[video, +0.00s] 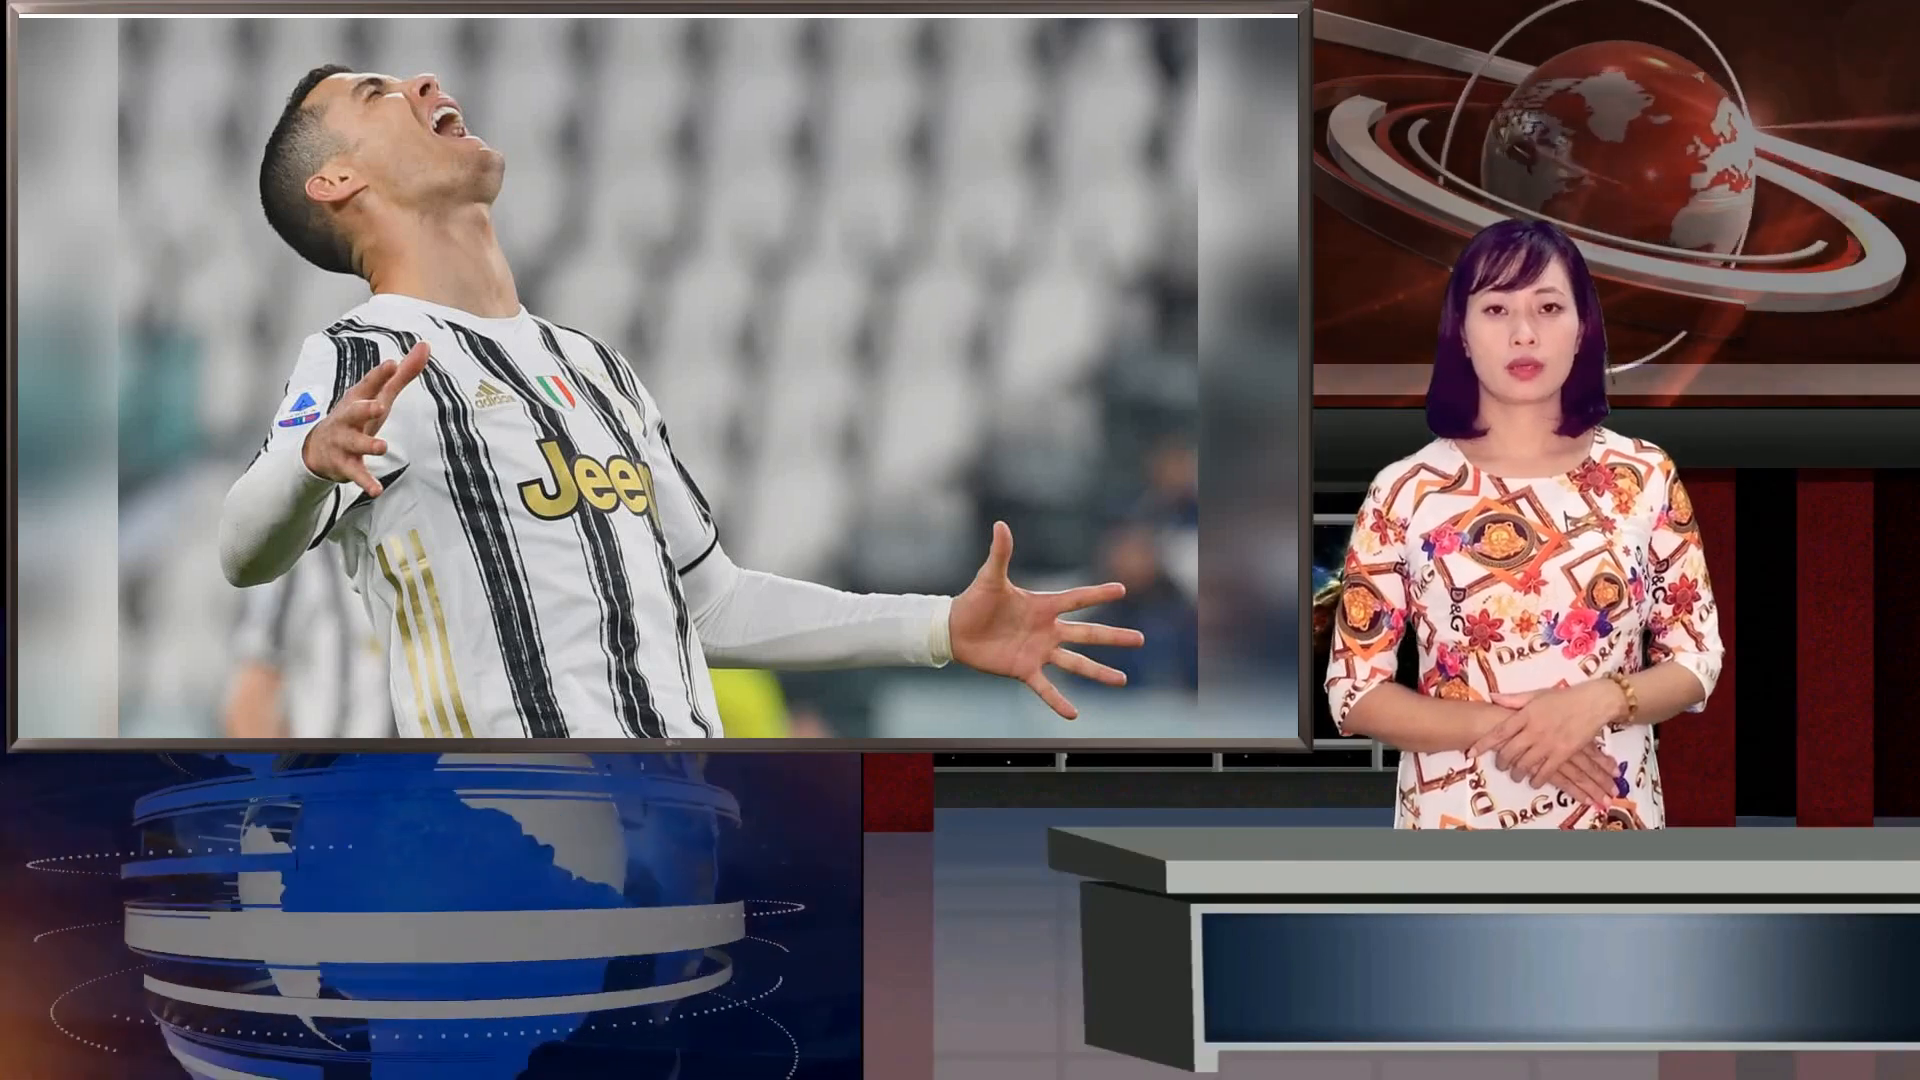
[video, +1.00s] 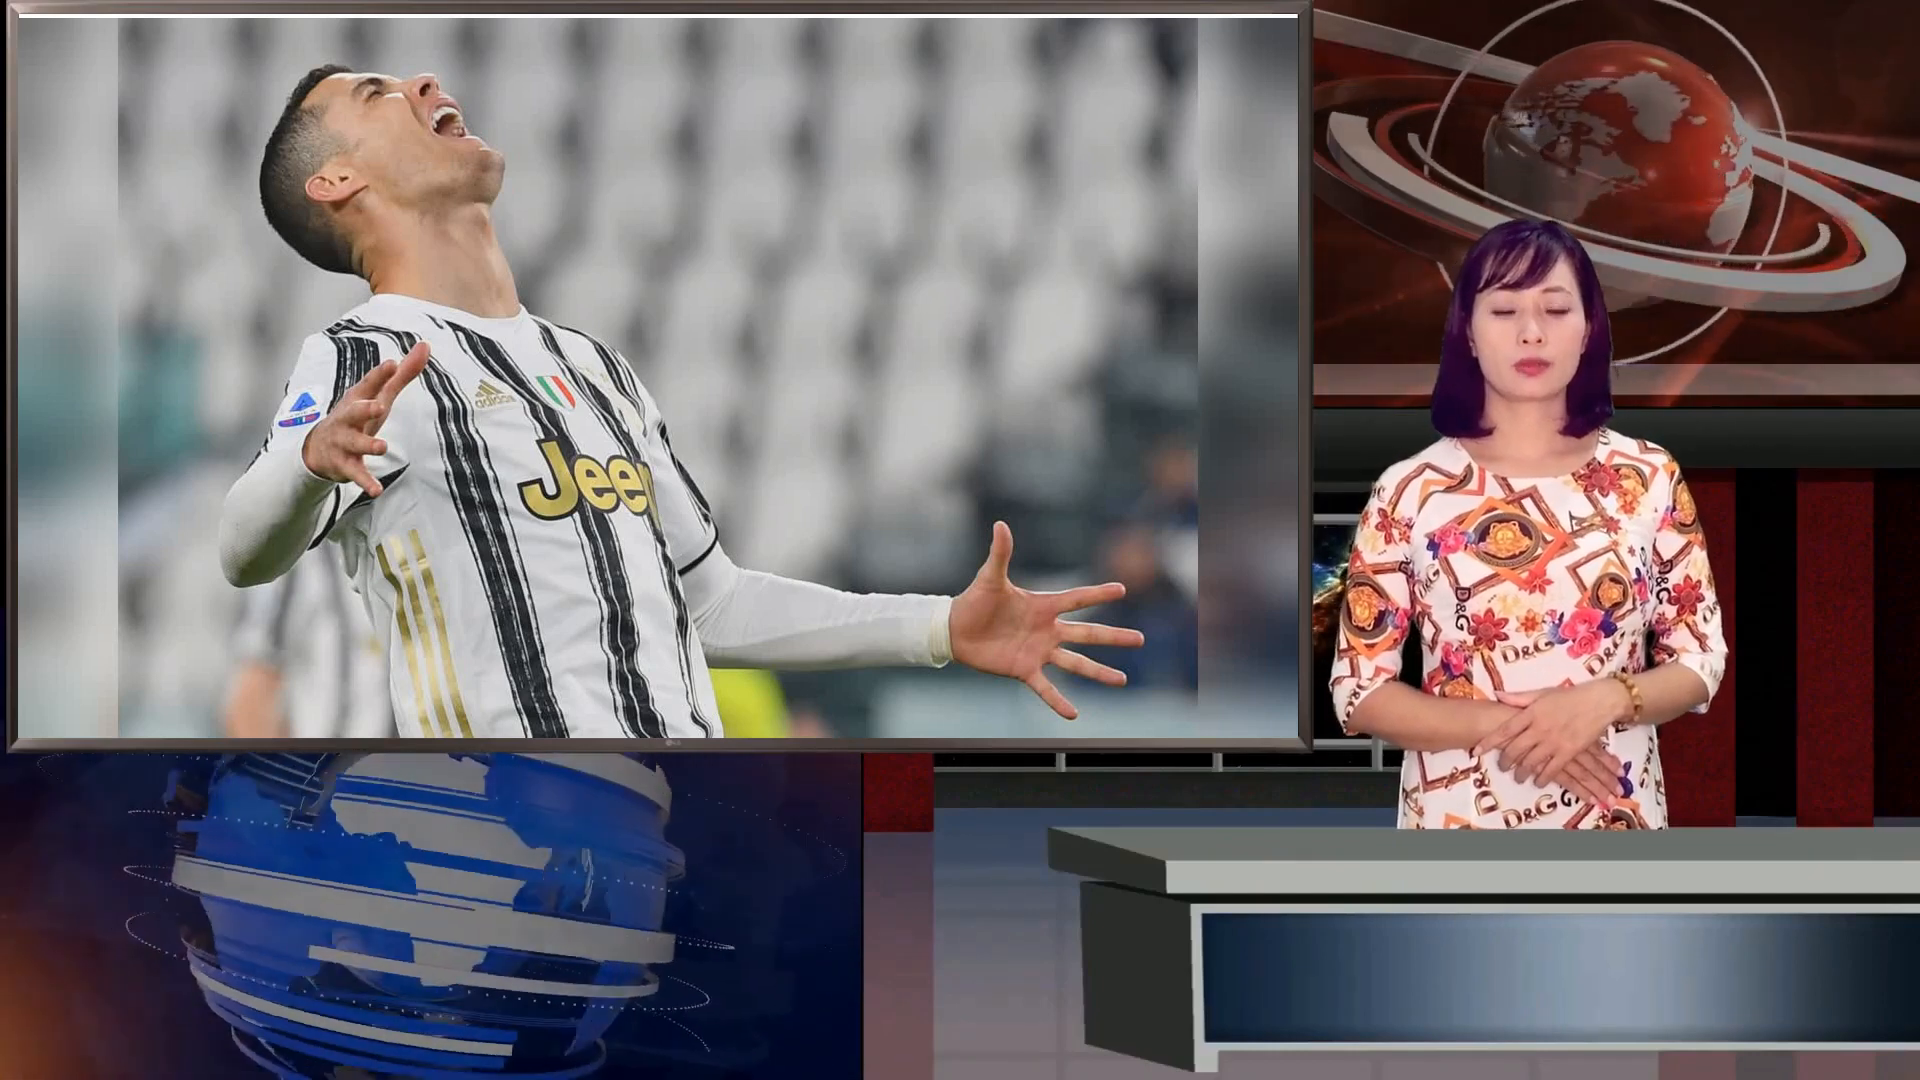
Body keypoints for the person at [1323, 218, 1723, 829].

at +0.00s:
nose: (1523, 332)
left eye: (1548, 308)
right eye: (1496, 309)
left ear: (1583, 327)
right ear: (1461, 330)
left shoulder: (1643, 478)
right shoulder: (1404, 492)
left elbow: (1696, 659)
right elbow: (1353, 692)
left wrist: (1598, 701)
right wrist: (1511, 731)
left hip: (1610, 832)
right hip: (1454, 831)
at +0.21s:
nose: (1524, 332)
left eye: (1549, 308)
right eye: (1497, 310)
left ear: (1583, 327)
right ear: (1461, 330)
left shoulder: (1644, 477)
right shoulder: (1404, 492)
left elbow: (1698, 658)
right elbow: (1353, 692)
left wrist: (1599, 700)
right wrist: (1513, 730)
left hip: (1611, 833)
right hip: (1455, 832)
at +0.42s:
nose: (1526, 332)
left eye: (1551, 308)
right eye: (1499, 310)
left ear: (1585, 327)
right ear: (1462, 330)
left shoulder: (1645, 477)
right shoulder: (1405, 492)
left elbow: (1699, 658)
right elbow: (1355, 691)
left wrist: (1601, 700)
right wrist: (1513, 729)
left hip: (1613, 832)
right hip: (1457, 832)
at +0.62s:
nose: (1530, 331)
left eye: (1555, 308)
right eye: (1503, 309)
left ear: (1588, 328)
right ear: (1467, 330)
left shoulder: (1647, 479)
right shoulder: (1408, 492)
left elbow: (1700, 659)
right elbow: (1359, 690)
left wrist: (1603, 701)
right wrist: (1515, 729)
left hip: (1614, 831)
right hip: (1458, 831)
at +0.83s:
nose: (1532, 331)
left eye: (1557, 307)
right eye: (1504, 308)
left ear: (1591, 328)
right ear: (1468, 329)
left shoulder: (1648, 479)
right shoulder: (1409, 491)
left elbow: (1700, 660)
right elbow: (1359, 689)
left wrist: (1603, 701)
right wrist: (1516, 729)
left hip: (1614, 831)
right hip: (1459, 831)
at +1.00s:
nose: (1531, 332)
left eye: (1556, 309)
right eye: (1503, 310)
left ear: (1589, 328)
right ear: (1467, 330)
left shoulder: (1648, 479)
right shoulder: (1408, 492)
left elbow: (1700, 661)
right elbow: (1358, 690)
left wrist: (1603, 701)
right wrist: (1516, 730)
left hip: (1614, 831)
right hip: (1458, 830)